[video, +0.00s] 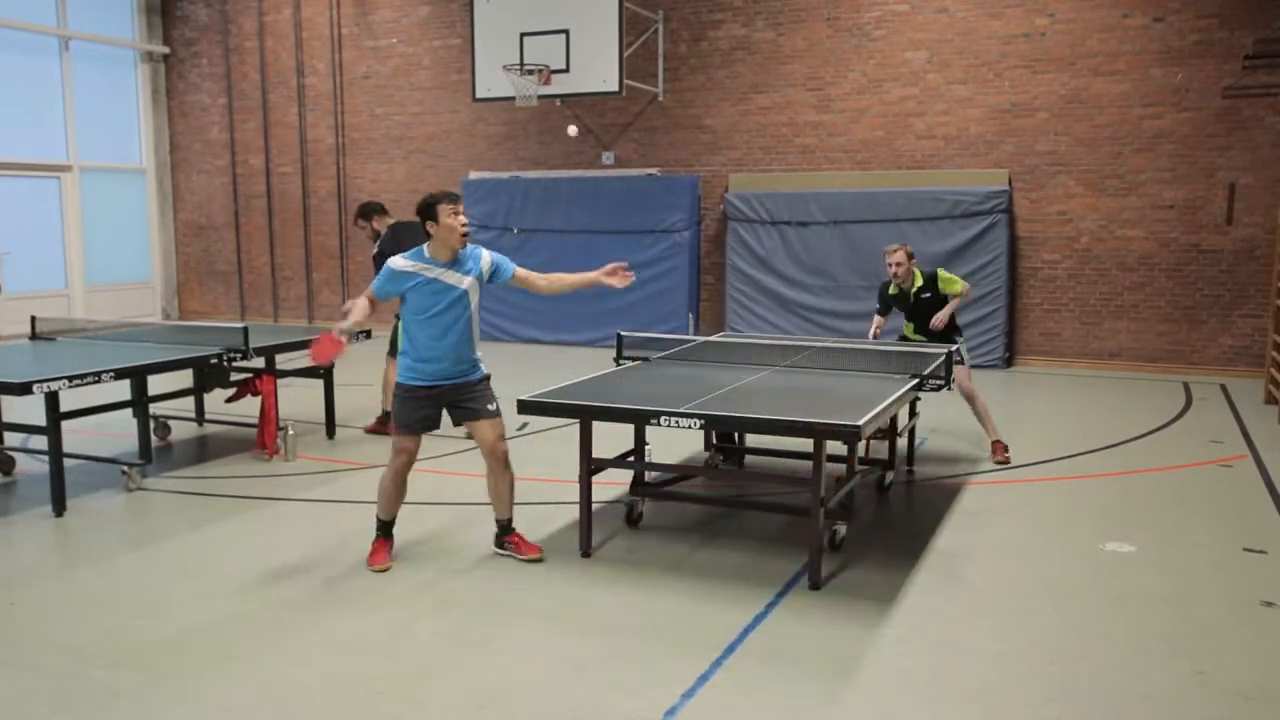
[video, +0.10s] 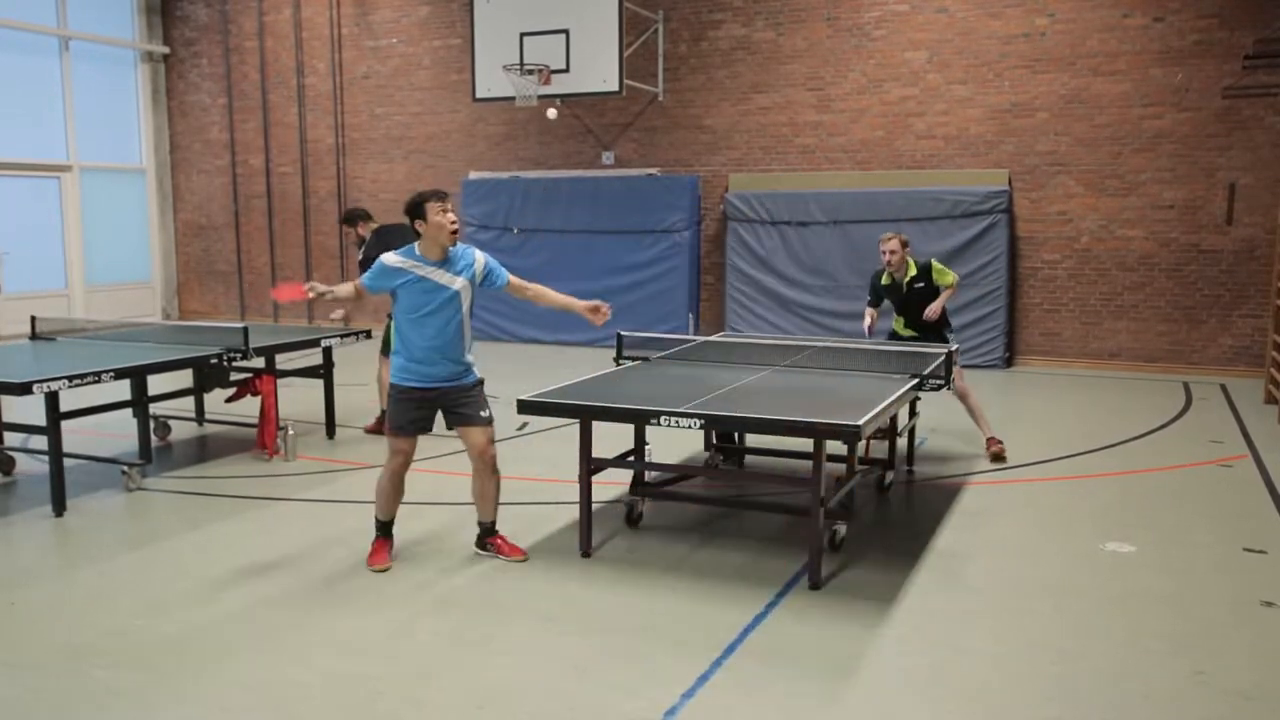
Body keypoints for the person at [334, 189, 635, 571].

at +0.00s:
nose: (464, 221)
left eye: (463, 215)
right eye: (454, 216)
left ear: (462, 220)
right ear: (431, 226)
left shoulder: (479, 260)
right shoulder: (401, 267)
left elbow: (540, 283)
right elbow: (368, 301)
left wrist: (596, 277)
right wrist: (357, 312)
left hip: (467, 378)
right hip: (415, 382)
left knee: (498, 450)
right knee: (402, 457)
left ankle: (506, 534)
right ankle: (383, 538)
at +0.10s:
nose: (453, 219)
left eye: (453, 213)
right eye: (443, 213)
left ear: (454, 220)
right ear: (420, 225)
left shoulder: (473, 261)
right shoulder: (394, 264)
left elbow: (526, 290)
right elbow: (357, 288)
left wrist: (580, 306)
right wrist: (326, 290)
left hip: (460, 379)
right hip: (409, 382)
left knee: (485, 454)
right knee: (398, 459)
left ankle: (487, 536)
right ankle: (382, 538)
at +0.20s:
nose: (449, 218)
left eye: (449, 212)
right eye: (438, 213)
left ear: (451, 221)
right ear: (416, 225)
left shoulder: (466, 262)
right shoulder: (390, 262)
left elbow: (505, 297)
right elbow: (347, 280)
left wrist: (549, 328)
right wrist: (325, 274)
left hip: (454, 380)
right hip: (403, 384)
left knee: (483, 451)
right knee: (396, 460)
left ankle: (489, 535)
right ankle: (382, 537)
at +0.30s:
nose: (451, 222)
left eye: (450, 216)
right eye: (441, 217)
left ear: (450, 223)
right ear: (417, 227)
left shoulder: (465, 264)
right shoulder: (387, 261)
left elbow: (485, 299)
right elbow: (341, 273)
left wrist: (509, 336)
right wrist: (335, 265)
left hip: (449, 377)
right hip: (399, 383)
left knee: (484, 447)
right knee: (392, 461)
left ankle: (489, 528)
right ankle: (381, 537)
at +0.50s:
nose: (485, 245)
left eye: (484, 238)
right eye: (477, 239)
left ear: (467, 246)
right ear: (451, 246)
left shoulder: (474, 281)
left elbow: (450, 321)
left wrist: (457, 350)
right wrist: (367, 294)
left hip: (446, 379)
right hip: (399, 388)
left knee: (494, 438)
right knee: (397, 471)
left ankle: (444, 495)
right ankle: (382, 538)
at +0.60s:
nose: (509, 256)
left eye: (509, 248)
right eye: (504, 248)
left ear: (485, 253)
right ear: (482, 252)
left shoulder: (475, 289)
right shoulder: (435, 276)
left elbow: (443, 327)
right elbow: (389, 298)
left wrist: (460, 355)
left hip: (445, 389)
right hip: (402, 394)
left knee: (483, 456)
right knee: (402, 476)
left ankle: (460, 539)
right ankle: (383, 537)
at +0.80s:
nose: (522, 258)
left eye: (522, 252)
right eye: (521, 252)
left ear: (486, 249)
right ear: (509, 251)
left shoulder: (457, 271)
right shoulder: (470, 269)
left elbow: (412, 317)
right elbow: (464, 293)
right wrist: (526, 283)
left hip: (447, 390)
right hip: (425, 394)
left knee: (476, 454)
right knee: (450, 485)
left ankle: (460, 538)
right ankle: (376, 520)